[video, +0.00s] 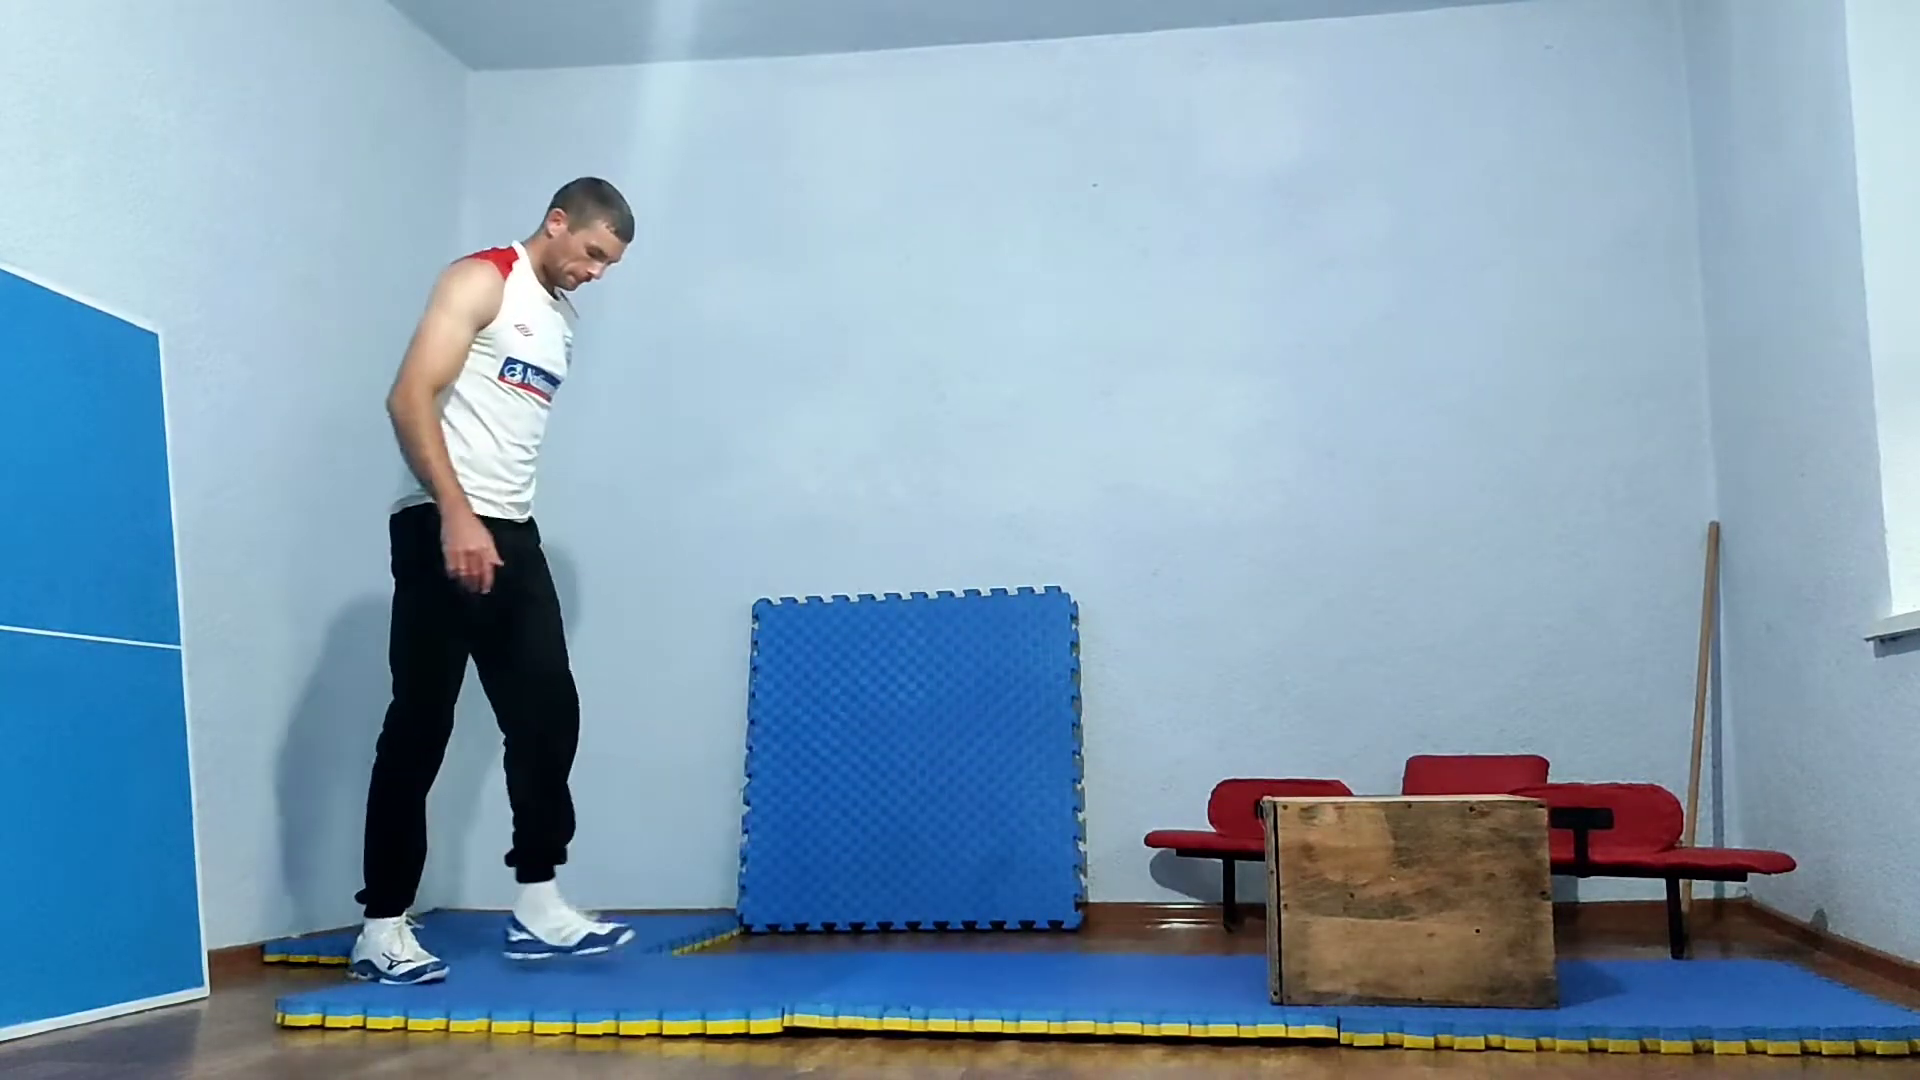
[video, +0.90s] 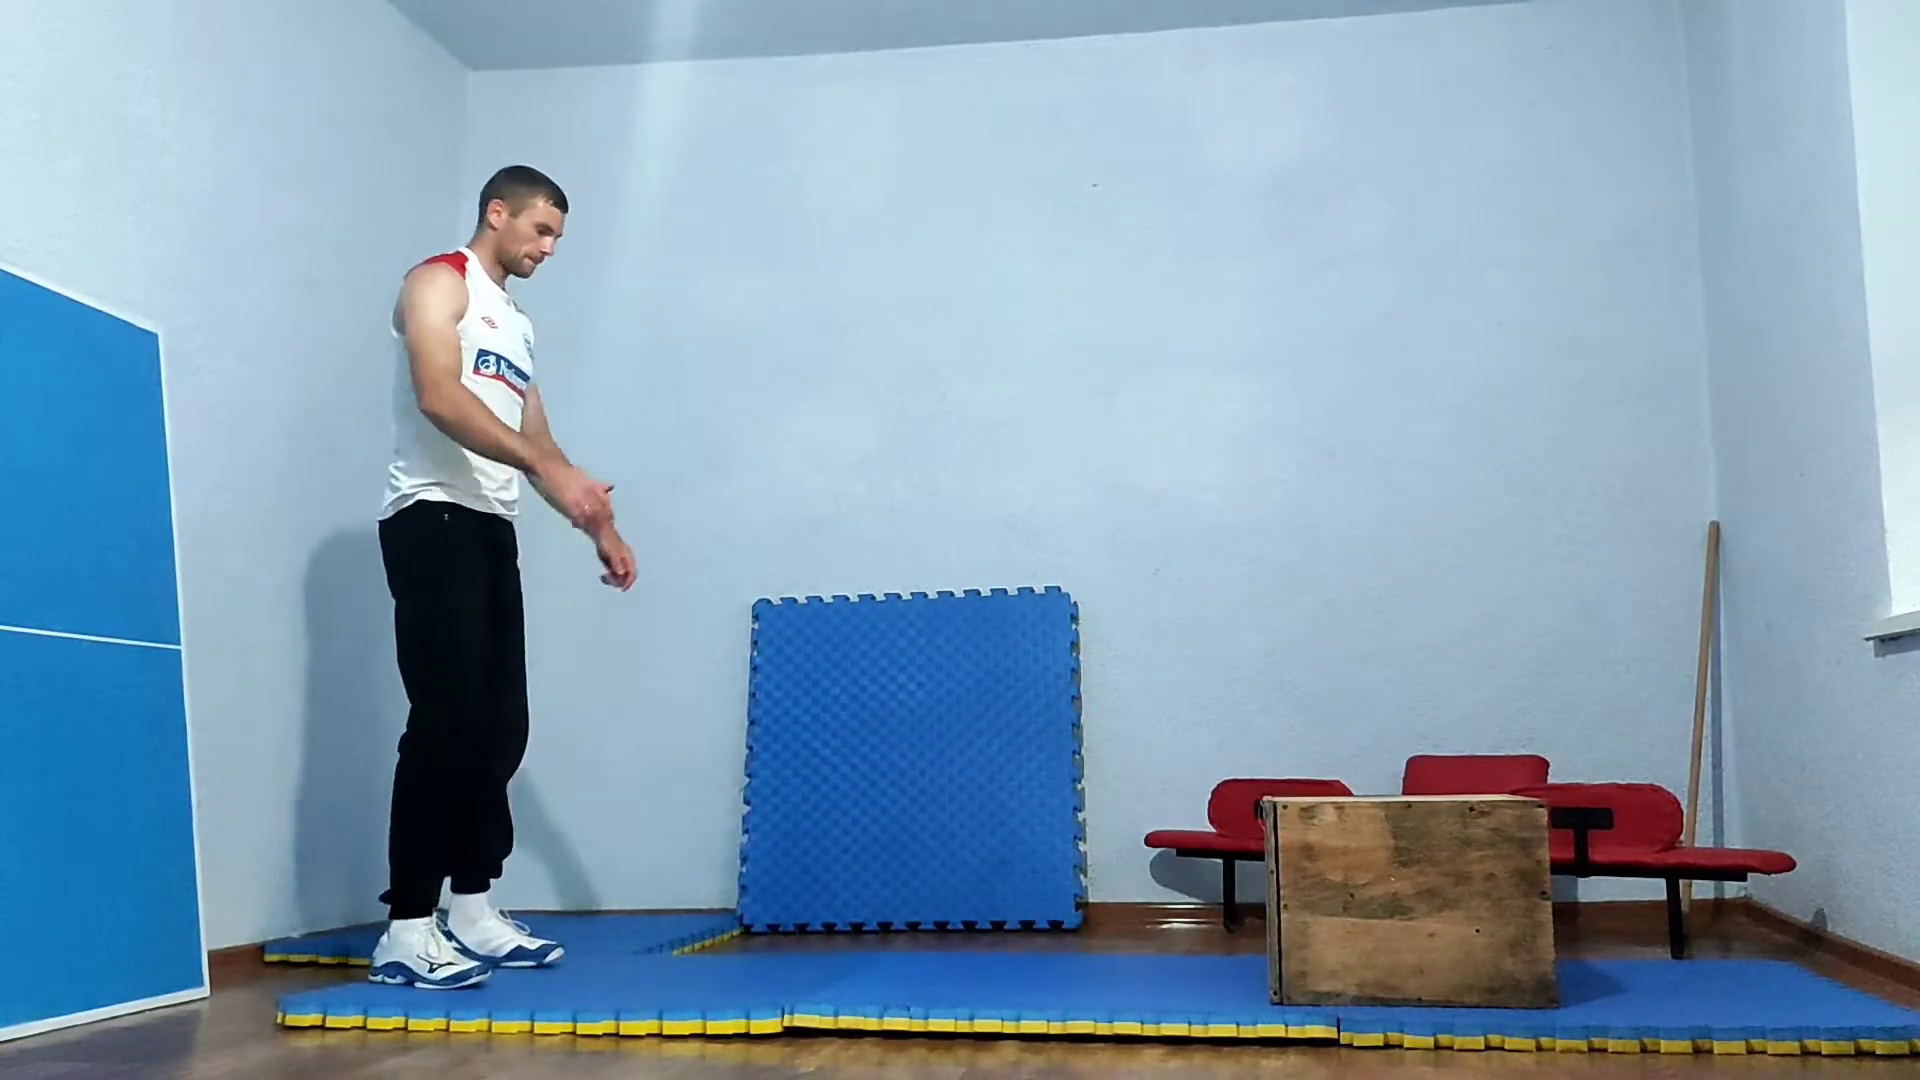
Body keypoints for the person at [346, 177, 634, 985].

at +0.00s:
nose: (596, 271)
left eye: (608, 261)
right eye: (593, 252)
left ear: (604, 258)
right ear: (554, 222)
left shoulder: (555, 313)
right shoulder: (478, 281)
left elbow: (503, 424)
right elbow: (410, 400)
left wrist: (511, 519)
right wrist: (456, 512)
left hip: (512, 538)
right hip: (440, 533)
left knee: (546, 715)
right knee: (417, 726)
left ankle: (539, 901)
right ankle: (384, 924)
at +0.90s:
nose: (548, 248)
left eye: (555, 238)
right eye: (542, 230)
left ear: (536, 235)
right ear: (496, 212)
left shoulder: (513, 323)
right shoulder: (439, 281)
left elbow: (539, 447)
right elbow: (440, 397)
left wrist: (600, 526)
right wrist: (545, 464)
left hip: (491, 535)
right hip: (434, 529)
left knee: (500, 725)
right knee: (443, 721)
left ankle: (469, 910)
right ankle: (407, 929)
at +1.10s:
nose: (535, 236)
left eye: (540, 224)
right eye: (525, 218)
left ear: (513, 222)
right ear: (477, 207)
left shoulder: (504, 318)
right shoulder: (427, 273)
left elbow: (591, 392)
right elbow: (496, 321)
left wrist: (696, 397)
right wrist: (625, 322)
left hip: (484, 529)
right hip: (426, 523)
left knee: (503, 726)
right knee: (438, 721)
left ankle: (470, 909)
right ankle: (406, 931)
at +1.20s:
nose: (532, 226)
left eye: (536, 217)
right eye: (521, 211)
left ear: (518, 220)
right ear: (471, 205)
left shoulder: (511, 309)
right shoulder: (423, 277)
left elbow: (620, 331)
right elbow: (519, 257)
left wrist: (709, 289)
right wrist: (637, 219)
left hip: (488, 529)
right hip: (430, 523)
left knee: (497, 726)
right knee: (440, 721)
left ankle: (468, 909)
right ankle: (404, 930)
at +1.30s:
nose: (534, 224)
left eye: (536, 212)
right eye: (521, 208)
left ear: (521, 219)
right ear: (474, 206)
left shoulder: (517, 294)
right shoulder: (434, 273)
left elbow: (618, 268)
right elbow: (509, 198)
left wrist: (694, 197)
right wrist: (622, 132)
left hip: (495, 525)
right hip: (438, 521)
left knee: (499, 726)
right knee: (454, 718)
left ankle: (468, 908)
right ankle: (406, 927)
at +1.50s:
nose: (534, 202)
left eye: (540, 194)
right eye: (520, 186)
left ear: (539, 209)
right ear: (483, 187)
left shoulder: (522, 276)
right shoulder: (444, 256)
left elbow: (590, 194)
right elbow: (497, 134)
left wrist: (628, 89)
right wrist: (561, 40)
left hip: (516, 519)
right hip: (456, 514)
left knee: (514, 719)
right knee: (460, 716)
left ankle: (472, 908)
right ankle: (407, 925)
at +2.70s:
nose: (576, 224)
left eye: (578, 210)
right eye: (566, 207)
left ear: (551, 215)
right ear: (515, 202)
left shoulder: (549, 296)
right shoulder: (472, 262)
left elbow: (655, 247)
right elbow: (580, 199)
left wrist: (724, 164)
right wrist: (677, 118)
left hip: (506, 534)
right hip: (442, 518)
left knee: (515, 724)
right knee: (455, 718)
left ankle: (472, 910)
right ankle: (405, 927)